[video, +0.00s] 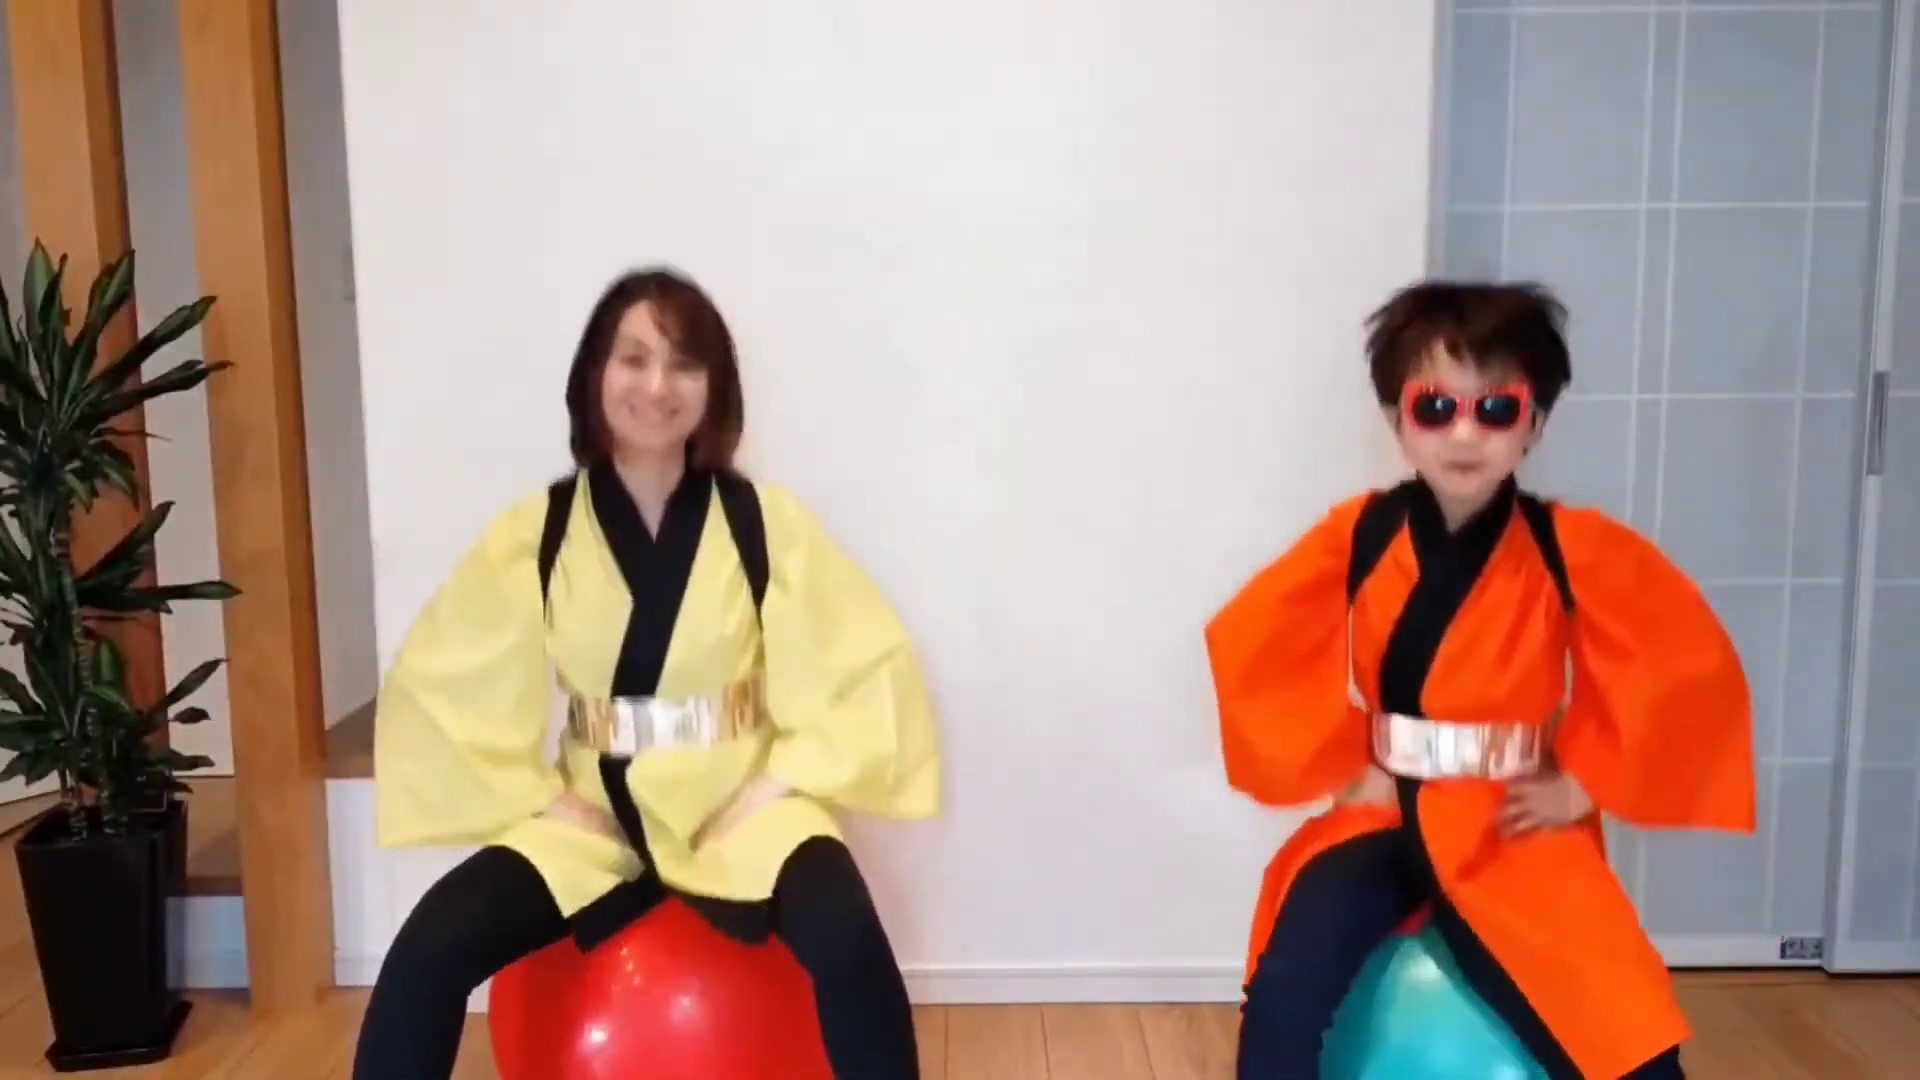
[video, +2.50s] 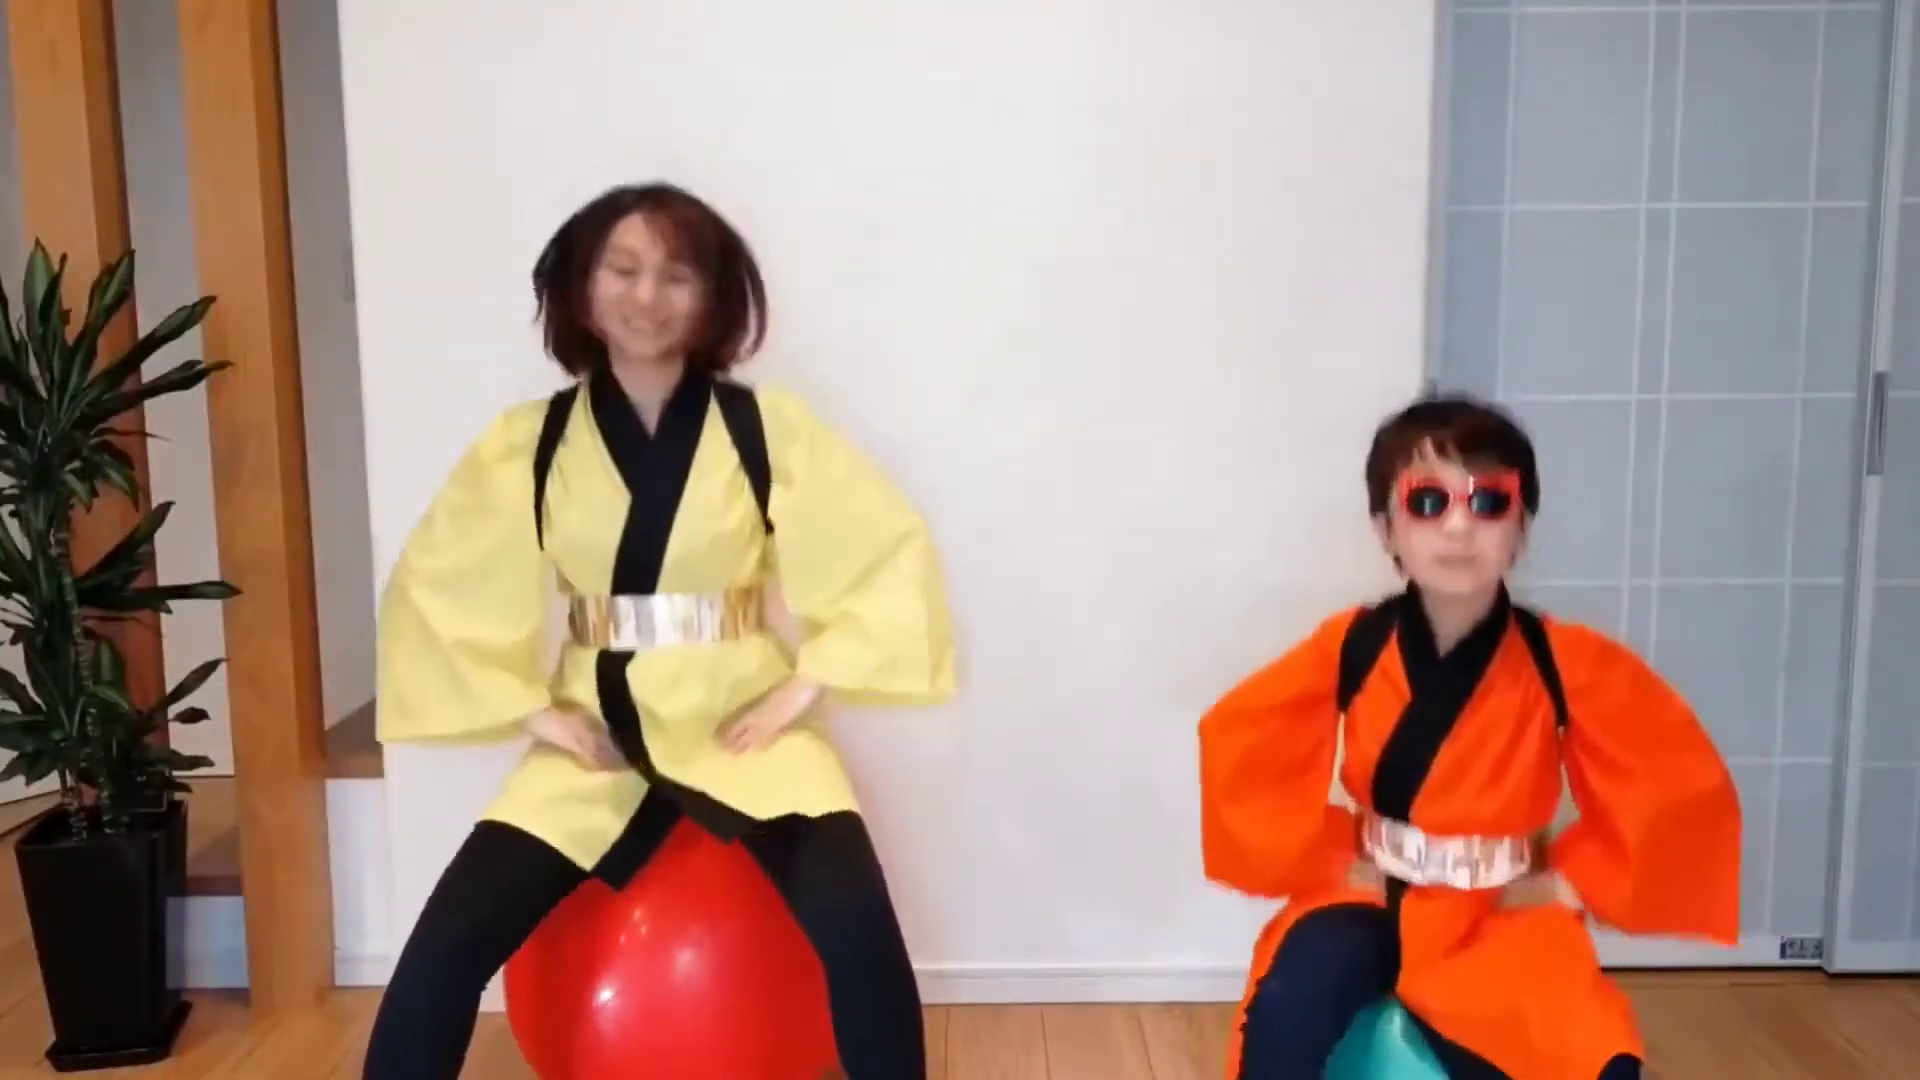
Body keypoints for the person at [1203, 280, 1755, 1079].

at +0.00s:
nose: (1465, 432)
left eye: (1497, 407)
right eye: (1436, 406)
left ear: (1535, 423)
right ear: (1397, 418)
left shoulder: (1575, 549)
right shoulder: (1360, 536)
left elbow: (1693, 677)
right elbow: (1247, 646)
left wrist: (1587, 785)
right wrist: (1346, 762)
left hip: (1521, 832)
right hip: (1381, 819)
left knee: (1634, 1041)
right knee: (1282, 994)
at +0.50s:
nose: (1473, 441)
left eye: (1508, 418)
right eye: (1444, 415)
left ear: (1547, 443)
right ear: (1406, 431)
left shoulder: (1574, 567)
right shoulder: (1363, 543)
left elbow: (1685, 700)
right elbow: (1247, 646)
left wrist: (1566, 802)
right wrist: (1334, 772)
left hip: (1505, 840)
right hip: (1369, 827)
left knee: (1606, 1029)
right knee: (1296, 982)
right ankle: (1280, 1069)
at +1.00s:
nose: (1477, 455)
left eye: (1510, 430)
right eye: (1446, 428)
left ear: (1541, 447)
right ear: (1402, 448)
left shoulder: (1572, 579)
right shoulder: (1361, 564)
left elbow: (1691, 709)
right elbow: (1241, 664)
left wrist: (1574, 816)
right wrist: (1337, 793)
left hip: (1514, 855)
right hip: (1375, 841)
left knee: (1615, 1041)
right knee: (1293, 997)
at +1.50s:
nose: (1464, 473)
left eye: (1497, 450)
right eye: (1434, 446)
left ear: (1529, 474)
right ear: (1392, 470)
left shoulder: (1564, 601)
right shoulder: (1354, 585)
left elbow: (1687, 728)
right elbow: (1234, 687)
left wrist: (1572, 835)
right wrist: (1336, 813)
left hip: (1514, 871)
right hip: (1375, 859)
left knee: (1599, 1046)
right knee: (1301, 1006)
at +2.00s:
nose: (1459, 517)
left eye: (1489, 490)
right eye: (1427, 494)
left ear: (1520, 507)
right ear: (1386, 515)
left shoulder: (1559, 635)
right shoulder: (1352, 617)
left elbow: (1678, 758)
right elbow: (1231, 714)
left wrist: (1568, 860)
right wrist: (1326, 830)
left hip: (1504, 900)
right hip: (1365, 888)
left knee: (1618, 1059)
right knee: (1272, 1011)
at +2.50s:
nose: (1459, 523)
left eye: (1489, 498)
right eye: (1427, 499)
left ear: (1521, 528)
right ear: (1385, 532)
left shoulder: (1564, 662)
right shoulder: (1352, 647)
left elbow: (1685, 787)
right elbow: (1233, 741)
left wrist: (1564, 879)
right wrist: (1331, 847)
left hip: (1506, 922)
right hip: (1372, 905)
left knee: (1600, 1056)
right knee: (1314, 964)